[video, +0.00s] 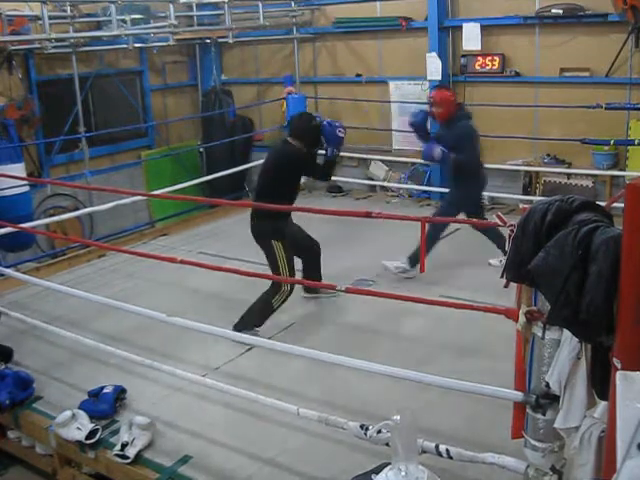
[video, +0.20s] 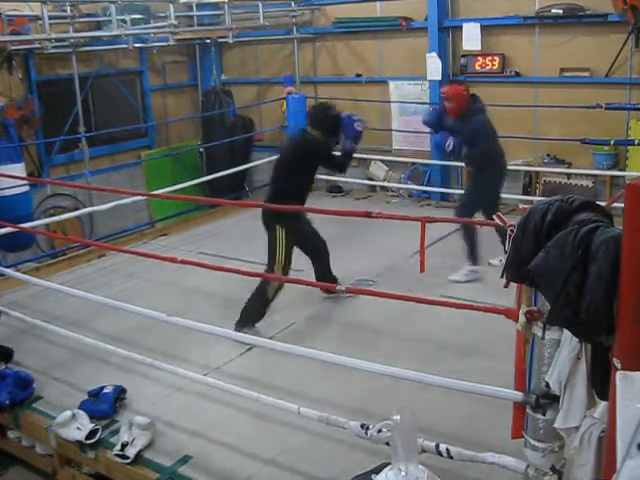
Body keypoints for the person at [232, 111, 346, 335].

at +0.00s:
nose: (319, 138)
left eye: (319, 133)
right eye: (317, 134)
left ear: (294, 132)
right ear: (308, 136)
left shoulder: (289, 149)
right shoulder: (293, 155)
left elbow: (319, 172)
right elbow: (324, 174)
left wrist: (330, 147)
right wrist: (333, 150)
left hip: (279, 220)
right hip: (269, 224)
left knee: (311, 248)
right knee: (284, 284)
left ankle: (313, 287)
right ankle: (242, 328)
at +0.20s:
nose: (335, 133)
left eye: (336, 129)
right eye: (334, 129)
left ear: (313, 124)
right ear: (325, 128)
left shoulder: (308, 141)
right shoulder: (308, 145)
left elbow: (337, 164)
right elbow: (340, 166)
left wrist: (346, 140)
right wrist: (350, 143)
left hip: (291, 213)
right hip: (280, 215)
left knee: (318, 248)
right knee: (277, 274)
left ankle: (328, 285)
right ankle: (244, 324)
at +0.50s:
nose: (366, 116)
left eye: (365, 112)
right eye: (363, 112)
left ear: (344, 116)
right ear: (352, 116)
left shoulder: (344, 137)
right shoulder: (333, 140)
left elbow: (346, 163)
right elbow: (350, 170)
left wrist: (362, 146)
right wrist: (373, 158)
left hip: (335, 201)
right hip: (316, 204)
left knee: (369, 230)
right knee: (309, 260)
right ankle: (277, 288)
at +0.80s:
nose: (433, 110)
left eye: (432, 108)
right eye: (429, 108)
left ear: (425, 111)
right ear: (416, 110)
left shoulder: (424, 122)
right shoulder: (396, 130)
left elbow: (443, 121)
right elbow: (386, 165)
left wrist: (461, 111)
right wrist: (416, 157)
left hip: (401, 183)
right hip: (382, 184)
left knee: (423, 222)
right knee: (379, 234)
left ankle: (421, 262)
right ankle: (347, 255)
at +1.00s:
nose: (436, 108)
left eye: (436, 104)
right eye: (432, 105)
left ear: (434, 104)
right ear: (419, 106)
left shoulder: (436, 118)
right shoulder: (404, 128)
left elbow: (458, 124)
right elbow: (412, 162)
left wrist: (474, 118)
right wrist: (438, 151)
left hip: (434, 178)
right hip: (413, 182)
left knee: (458, 216)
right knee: (421, 227)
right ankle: (395, 259)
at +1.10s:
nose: (430, 113)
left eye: (430, 110)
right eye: (426, 111)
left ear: (430, 110)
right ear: (415, 113)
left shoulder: (436, 122)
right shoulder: (403, 136)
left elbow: (460, 118)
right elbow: (413, 164)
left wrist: (481, 111)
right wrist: (434, 156)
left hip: (438, 179)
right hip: (416, 183)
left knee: (460, 213)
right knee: (413, 220)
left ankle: (474, 250)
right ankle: (391, 257)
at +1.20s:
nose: (429, 116)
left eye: (429, 112)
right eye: (425, 113)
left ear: (430, 111)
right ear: (414, 113)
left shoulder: (434, 123)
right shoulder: (399, 133)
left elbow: (458, 132)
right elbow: (408, 161)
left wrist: (467, 128)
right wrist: (424, 157)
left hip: (431, 179)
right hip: (410, 181)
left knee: (454, 215)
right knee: (403, 223)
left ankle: (472, 248)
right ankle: (378, 242)